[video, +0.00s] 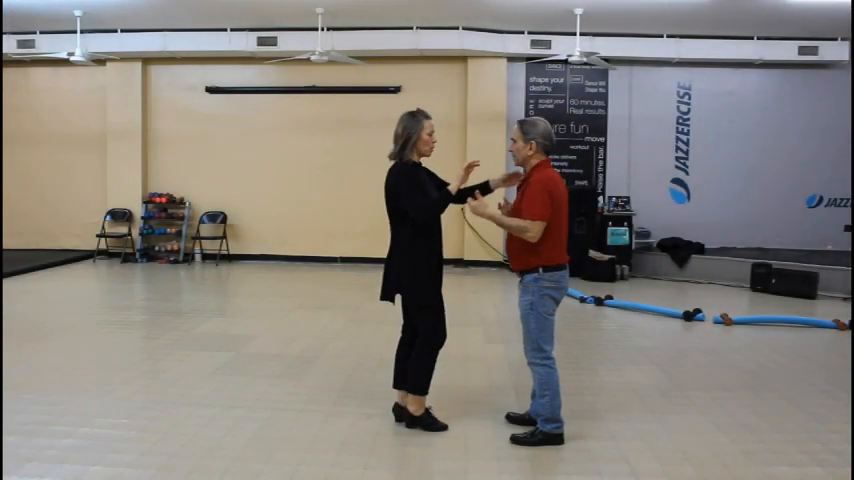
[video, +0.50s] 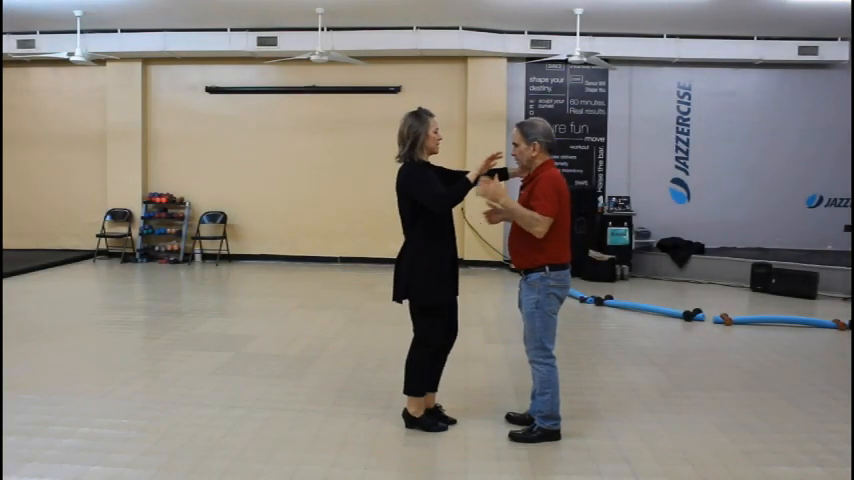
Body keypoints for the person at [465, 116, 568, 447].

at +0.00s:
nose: (510, 147)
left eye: (514, 141)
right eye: (511, 141)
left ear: (531, 146)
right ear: (534, 147)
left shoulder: (542, 181)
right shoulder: (536, 177)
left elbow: (532, 232)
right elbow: (522, 219)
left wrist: (490, 214)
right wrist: (498, 211)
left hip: (543, 278)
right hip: (538, 275)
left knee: (540, 355)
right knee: (537, 352)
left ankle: (551, 427)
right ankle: (539, 413)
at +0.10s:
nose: (511, 148)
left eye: (514, 143)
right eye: (511, 143)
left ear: (532, 147)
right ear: (534, 147)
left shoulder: (543, 179)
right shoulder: (534, 176)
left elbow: (535, 229)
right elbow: (526, 217)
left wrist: (494, 209)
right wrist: (501, 205)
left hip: (542, 277)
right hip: (535, 275)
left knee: (539, 355)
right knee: (536, 352)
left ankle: (550, 427)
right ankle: (538, 412)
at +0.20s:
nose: (511, 150)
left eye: (514, 144)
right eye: (511, 144)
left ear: (532, 147)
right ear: (533, 147)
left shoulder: (544, 179)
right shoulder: (534, 176)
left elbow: (536, 227)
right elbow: (528, 218)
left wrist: (497, 203)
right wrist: (499, 196)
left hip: (543, 276)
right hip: (534, 274)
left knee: (538, 353)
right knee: (535, 350)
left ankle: (549, 425)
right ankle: (538, 412)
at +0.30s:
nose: (511, 151)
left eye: (515, 145)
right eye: (511, 145)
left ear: (532, 147)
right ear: (533, 147)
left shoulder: (546, 179)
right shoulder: (534, 176)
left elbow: (537, 227)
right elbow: (530, 219)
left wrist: (501, 202)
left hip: (544, 276)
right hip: (533, 275)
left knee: (539, 352)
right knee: (535, 350)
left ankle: (548, 424)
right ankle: (538, 412)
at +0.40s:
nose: (512, 151)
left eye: (516, 146)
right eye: (512, 146)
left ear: (533, 148)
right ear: (534, 148)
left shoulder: (547, 179)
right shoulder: (535, 178)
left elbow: (539, 227)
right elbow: (523, 219)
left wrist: (503, 203)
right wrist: (500, 202)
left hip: (545, 277)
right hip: (534, 275)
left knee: (541, 352)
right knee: (536, 350)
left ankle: (548, 424)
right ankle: (538, 412)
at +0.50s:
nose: (513, 151)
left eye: (517, 145)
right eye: (513, 146)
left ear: (535, 148)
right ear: (535, 148)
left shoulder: (548, 179)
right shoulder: (535, 177)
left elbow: (540, 226)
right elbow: (533, 217)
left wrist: (505, 202)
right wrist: (506, 214)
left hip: (546, 277)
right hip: (535, 276)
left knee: (541, 353)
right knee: (537, 351)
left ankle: (548, 424)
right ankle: (538, 412)